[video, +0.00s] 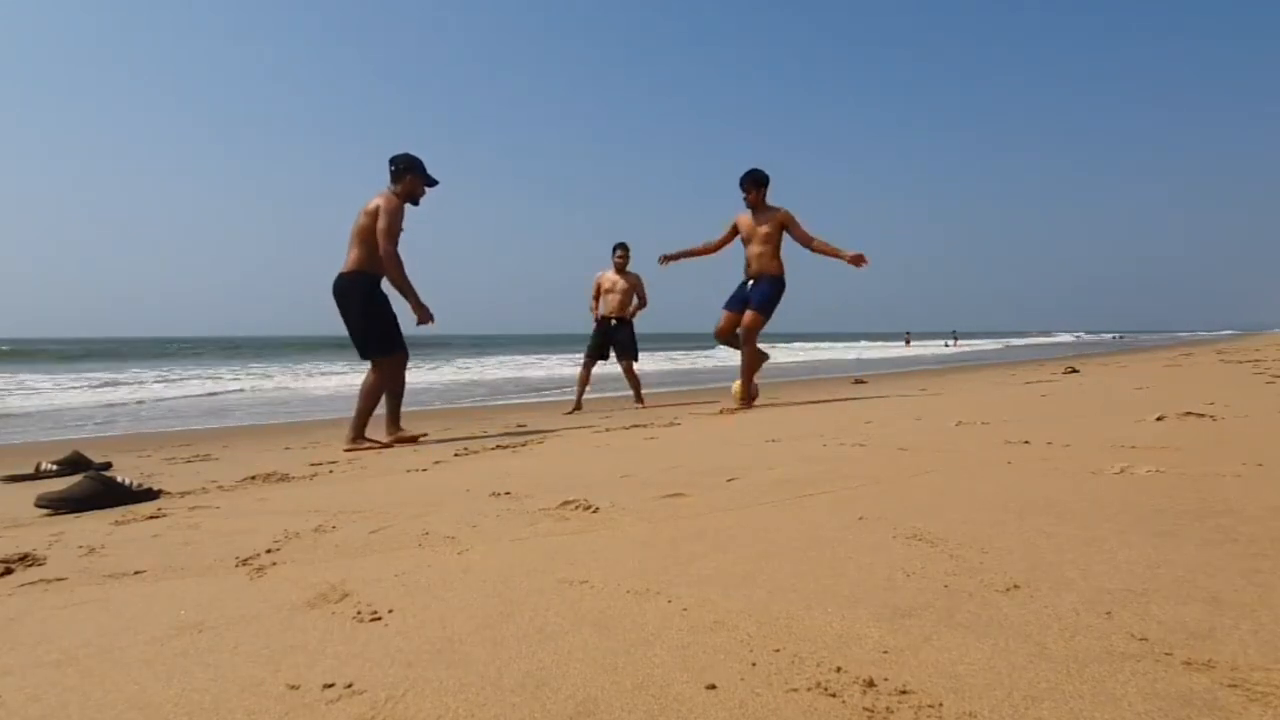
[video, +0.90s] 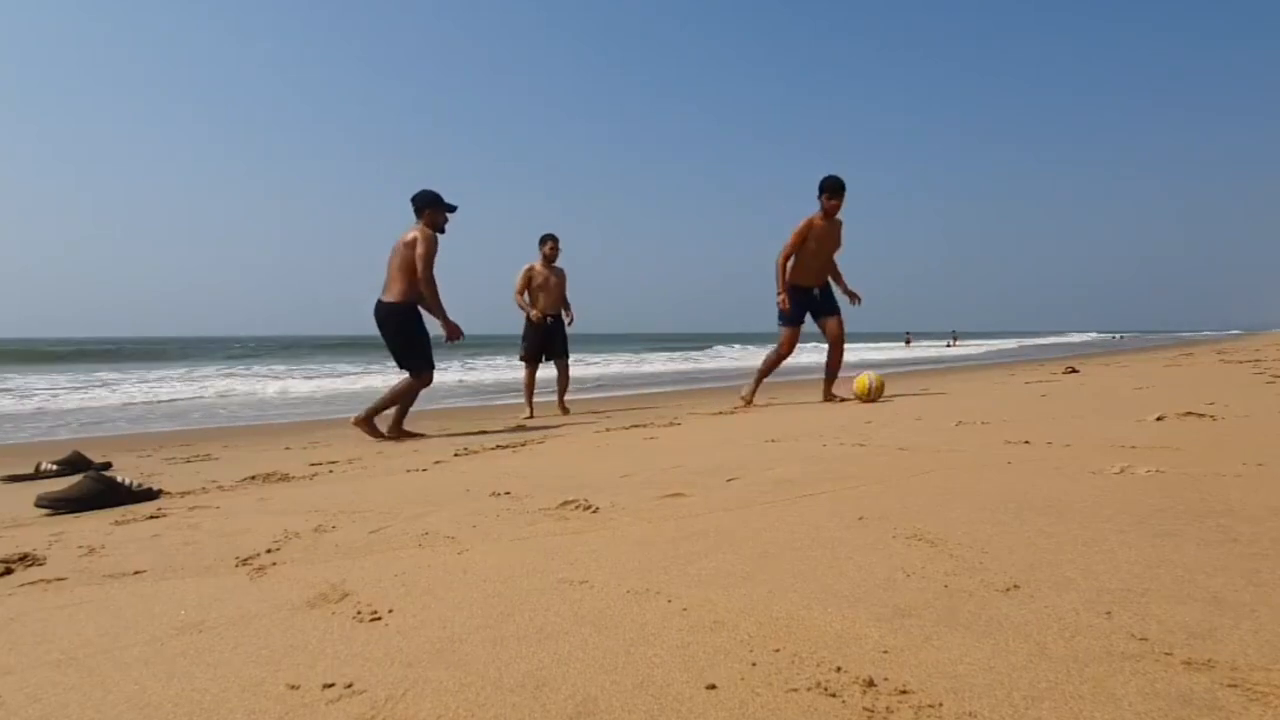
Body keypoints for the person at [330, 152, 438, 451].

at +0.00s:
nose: (424, 190)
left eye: (425, 185)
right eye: (421, 183)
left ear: (401, 180)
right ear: (406, 179)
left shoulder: (384, 204)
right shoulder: (389, 204)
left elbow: (386, 262)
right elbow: (387, 257)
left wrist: (414, 302)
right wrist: (417, 303)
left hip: (363, 286)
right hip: (358, 287)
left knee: (397, 357)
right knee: (383, 363)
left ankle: (393, 429)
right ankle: (355, 436)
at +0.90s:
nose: (447, 218)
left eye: (446, 213)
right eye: (442, 212)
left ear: (423, 214)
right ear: (427, 213)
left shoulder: (408, 238)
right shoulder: (425, 237)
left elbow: (416, 292)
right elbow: (425, 281)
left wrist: (445, 321)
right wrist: (445, 320)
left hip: (387, 307)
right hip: (402, 310)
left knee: (419, 374)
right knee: (423, 376)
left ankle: (395, 426)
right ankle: (367, 416)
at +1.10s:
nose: (465, 228)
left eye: (465, 223)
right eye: (461, 222)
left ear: (441, 222)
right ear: (445, 221)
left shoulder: (424, 244)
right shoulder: (439, 245)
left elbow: (427, 297)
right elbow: (432, 286)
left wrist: (451, 330)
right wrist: (448, 329)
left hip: (392, 311)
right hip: (407, 312)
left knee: (427, 368)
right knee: (457, 367)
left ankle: (398, 424)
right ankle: (413, 415)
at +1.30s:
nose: (487, 204)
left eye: (486, 199)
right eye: (482, 198)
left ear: (462, 198)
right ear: (465, 197)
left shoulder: (444, 220)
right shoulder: (454, 222)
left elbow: (442, 273)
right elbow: (444, 270)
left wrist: (461, 314)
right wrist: (458, 312)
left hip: (413, 295)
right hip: (428, 296)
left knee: (428, 359)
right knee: (469, 359)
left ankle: (406, 418)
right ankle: (448, 426)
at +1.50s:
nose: (507, 177)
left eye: (507, 171)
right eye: (503, 170)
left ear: (486, 171)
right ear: (483, 169)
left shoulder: (481, 212)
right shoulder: (463, 193)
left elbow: (479, 260)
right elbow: (446, 235)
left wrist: (495, 302)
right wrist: (460, 283)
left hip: (444, 275)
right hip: (431, 271)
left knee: (465, 346)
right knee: (466, 344)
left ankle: (446, 420)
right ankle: (439, 419)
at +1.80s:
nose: (537, 156)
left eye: (538, 149)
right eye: (532, 148)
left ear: (517, 148)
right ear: (511, 145)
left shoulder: (521, 196)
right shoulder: (484, 182)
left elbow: (528, 246)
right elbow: (452, 227)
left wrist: (545, 286)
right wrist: (444, 282)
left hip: (496, 273)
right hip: (471, 270)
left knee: (507, 360)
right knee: (492, 351)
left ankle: (458, 408)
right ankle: (465, 430)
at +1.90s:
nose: (552, 139)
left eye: (552, 132)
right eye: (547, 131)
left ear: (532, 133)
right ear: (525, 131)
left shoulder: (535, 177)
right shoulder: (501, 168)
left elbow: (537, 224)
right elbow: (474, 217)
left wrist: (551, 261)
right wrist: (465, 271)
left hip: (513, 262)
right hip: (490, 259)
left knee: (532, 346)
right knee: (501, 345)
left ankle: (487, 409)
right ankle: (471, 427)